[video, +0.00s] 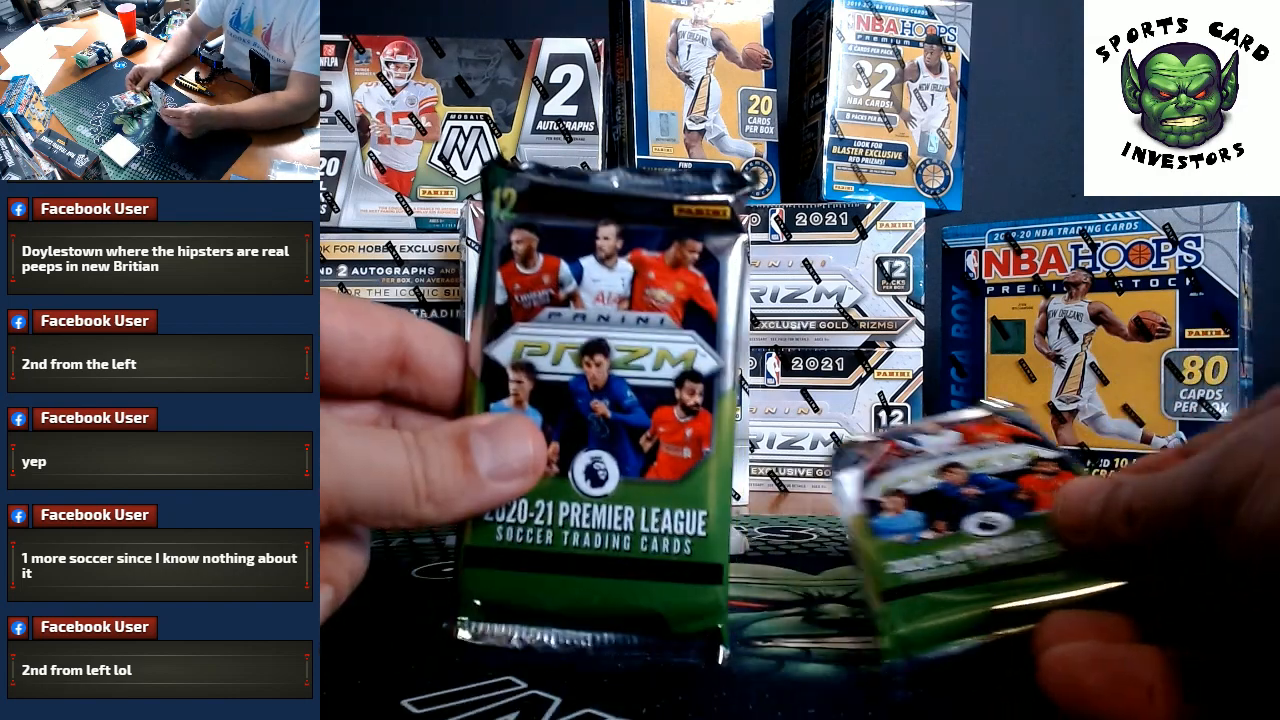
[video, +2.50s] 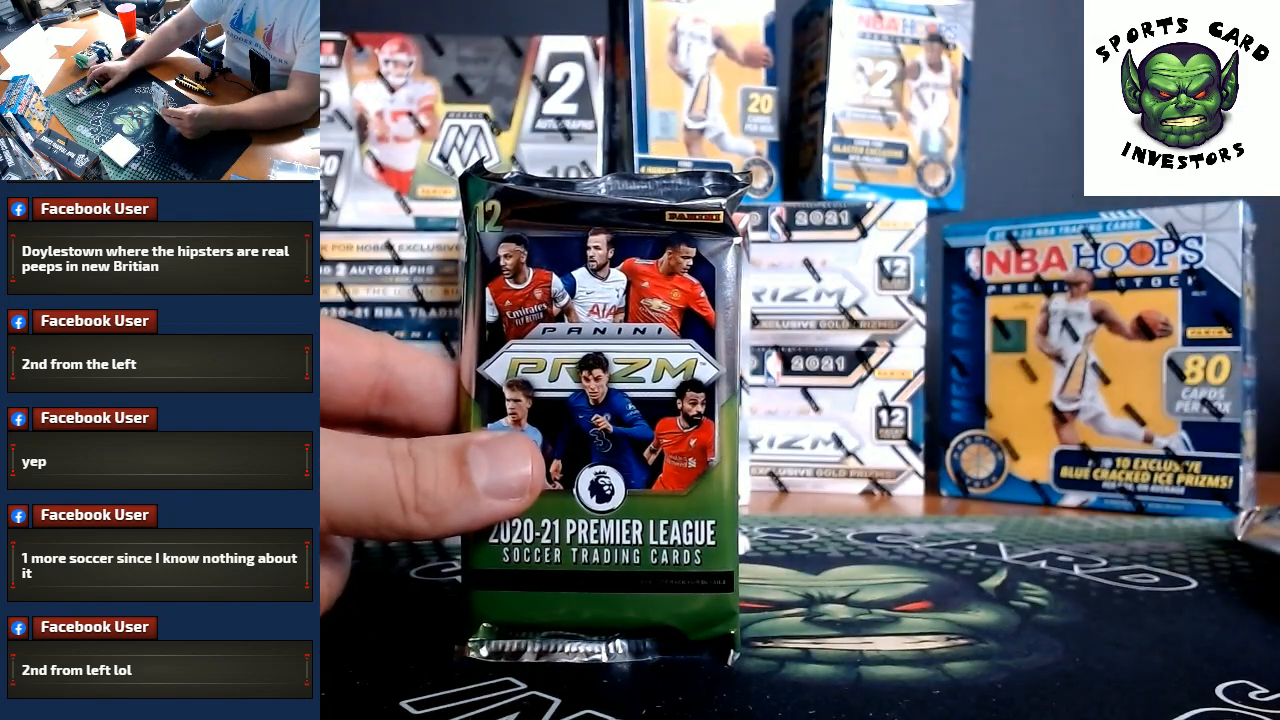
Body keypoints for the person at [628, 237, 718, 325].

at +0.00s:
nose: (695, 258)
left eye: (698, 253)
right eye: (691, 252)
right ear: (676, 246)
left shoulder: (695, 279)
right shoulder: (642, 259)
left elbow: (717, 313)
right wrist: (620, 300)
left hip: (670, 338)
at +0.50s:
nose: (683, 263)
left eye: (685, 258)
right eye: (679, 257)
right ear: (663, 253)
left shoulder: (684, 285)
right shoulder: (628, 265)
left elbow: (707, 318)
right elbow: (601, 285)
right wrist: (610, 308)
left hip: (661, 346)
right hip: (627, 343)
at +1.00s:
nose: (686, 264)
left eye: (688, 259)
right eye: (681, 258)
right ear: (665, 253)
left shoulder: (686, 286)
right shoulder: (630, 266)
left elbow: (710, 321)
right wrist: (612, 310)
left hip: (663, 349)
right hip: (628, 346)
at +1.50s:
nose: (679, 261)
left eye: (681, 256)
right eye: (674, 255)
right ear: (658, 252)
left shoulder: (680, 284)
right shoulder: (622, 265)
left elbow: (705, 319)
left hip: (657, 347)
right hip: (622, 344)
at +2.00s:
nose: (678, 261)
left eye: (680, 256)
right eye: (673, 256)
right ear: (657, 252)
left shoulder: (679, 284)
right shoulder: (622, 265)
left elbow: (702, 318)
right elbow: (595, 285)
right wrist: (606, 308)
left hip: (657, 346)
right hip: (622, 343)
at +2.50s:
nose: (690, 263)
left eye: (692, 258)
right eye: (685, 258)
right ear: (669, 254)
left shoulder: (691, 287)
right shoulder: (634, 267)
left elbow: (716, 322)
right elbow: (606, 285)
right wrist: (619, 311)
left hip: (668, 348)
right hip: (633, 345)